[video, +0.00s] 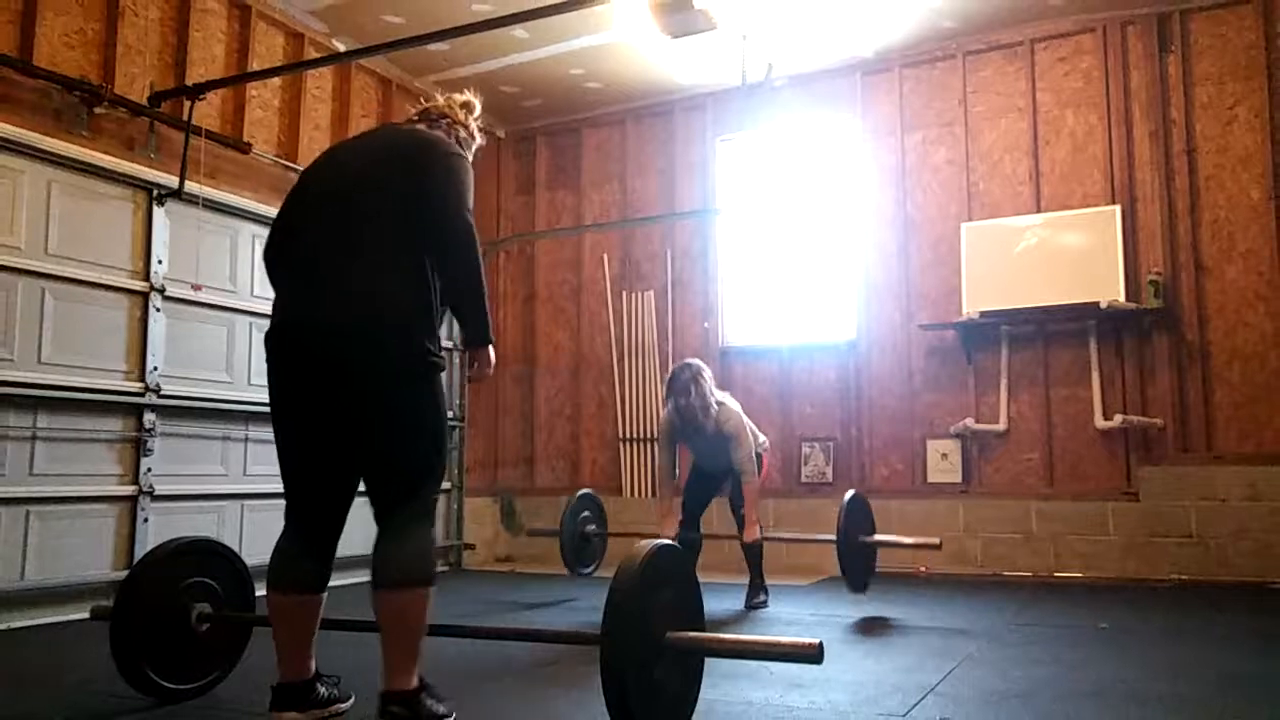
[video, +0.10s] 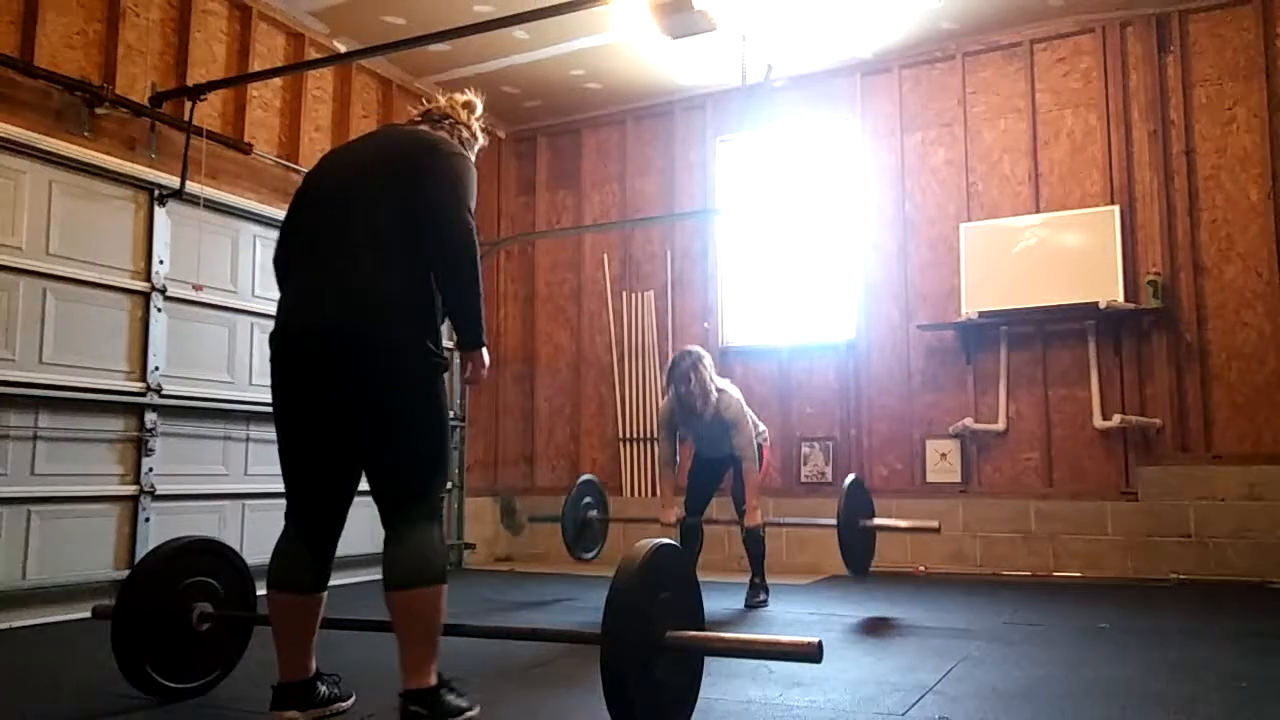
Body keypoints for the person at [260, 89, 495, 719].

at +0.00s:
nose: (469, 161)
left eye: (473, 154)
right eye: (471, 153)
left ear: (416, 120)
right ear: (458, 135)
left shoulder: (336, 155)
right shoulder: (442, 155)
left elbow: (278, 245)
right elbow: (453, 237)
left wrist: (308, 320)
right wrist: (479, 335)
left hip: (299, 350)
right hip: (392, 352)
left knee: (310, 512)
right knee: (407, 512)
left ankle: (294, 684)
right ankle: (402, 689)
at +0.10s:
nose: (474, 162)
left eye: (477, 155)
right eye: (475, 154)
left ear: (419, 120)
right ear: (462, 137)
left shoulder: (339, 156)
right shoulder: (445, 155)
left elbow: (287, 251)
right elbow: (452, 239)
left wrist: (316, 325)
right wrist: (474, 338)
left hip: (304, 353)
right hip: (396, 355)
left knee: (309, 515)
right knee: (413, 514)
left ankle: (295, 684)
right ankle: (421, 689)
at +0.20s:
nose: (481, 158)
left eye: (483, 151)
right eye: (481, 151)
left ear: (424, 120)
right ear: (468, 136)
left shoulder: (342, 157)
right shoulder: (454, 155)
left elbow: (301, 255)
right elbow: (462, 243)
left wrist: (322, 327)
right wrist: (469, 343)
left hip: (314, 353)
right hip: (407, 354)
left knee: (316, 516)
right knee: (416, 520)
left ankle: (296, 684)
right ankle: (426, 695)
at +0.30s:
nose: (488, 153)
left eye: (490, 146)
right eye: (488, 146)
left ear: (427, 116)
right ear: (475, 133)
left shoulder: (344, 155)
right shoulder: (464, 156)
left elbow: (303, 251)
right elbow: (473, 252)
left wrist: (323, 328)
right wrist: (473, 344)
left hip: (323, 356)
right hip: (417, 359)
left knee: (328, 514)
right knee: (424, 522)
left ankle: (297, 681)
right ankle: (427, 696)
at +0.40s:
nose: (488, 151)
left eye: (491, 145)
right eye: (488, 145)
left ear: (426, 113)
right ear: (475, 130)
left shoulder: (343, 153)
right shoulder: (463, 155)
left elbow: (301, 251)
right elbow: (485, 245)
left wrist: (329, 328)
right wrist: (490, 346)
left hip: (328, 357)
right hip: (420, 359)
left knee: (334, 514)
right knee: (429, 520)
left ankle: (298, 681)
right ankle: (427, 695)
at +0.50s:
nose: (480, 153)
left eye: (482, 147)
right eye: (483, 146)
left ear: (424, 115)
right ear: (471, 132)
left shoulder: (343, 156)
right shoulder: (462, 158)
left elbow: (307, 262)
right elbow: (490, 259)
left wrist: (326, 346)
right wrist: (504, 357)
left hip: (329, 362)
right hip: (421, 365)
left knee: (333, 516)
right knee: (429, 521)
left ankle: (299, 682)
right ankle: (427, 694)